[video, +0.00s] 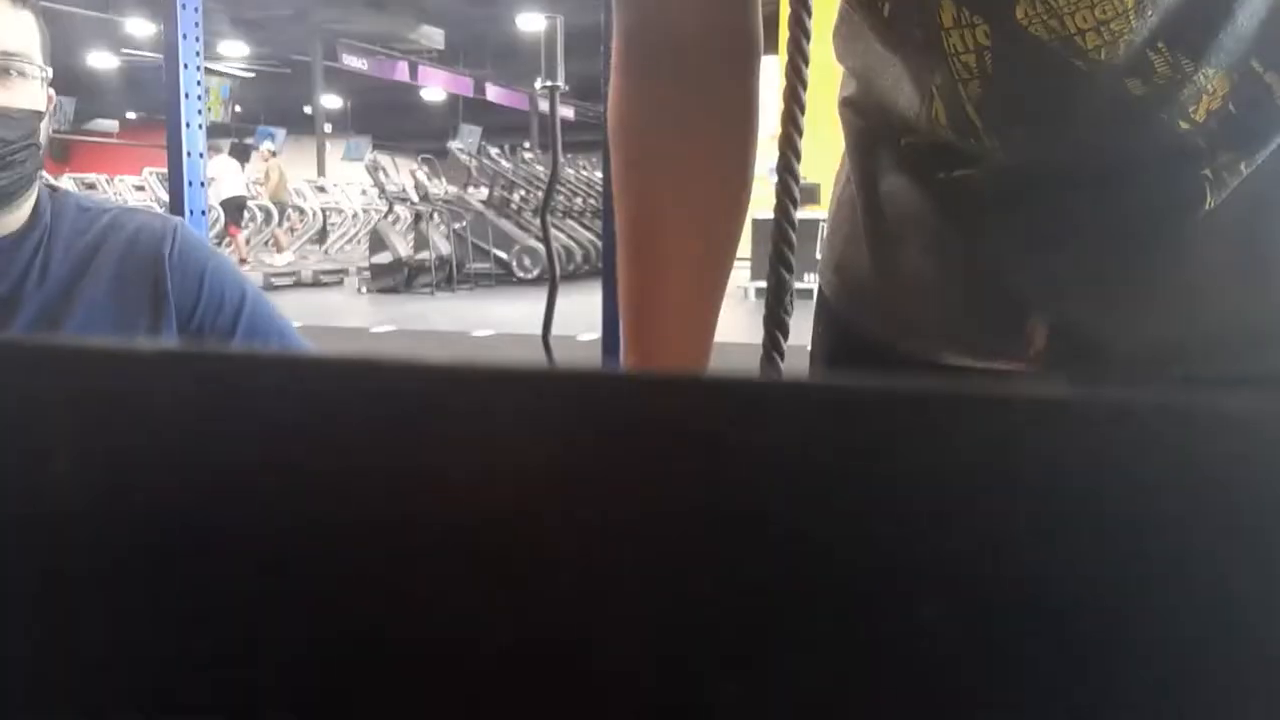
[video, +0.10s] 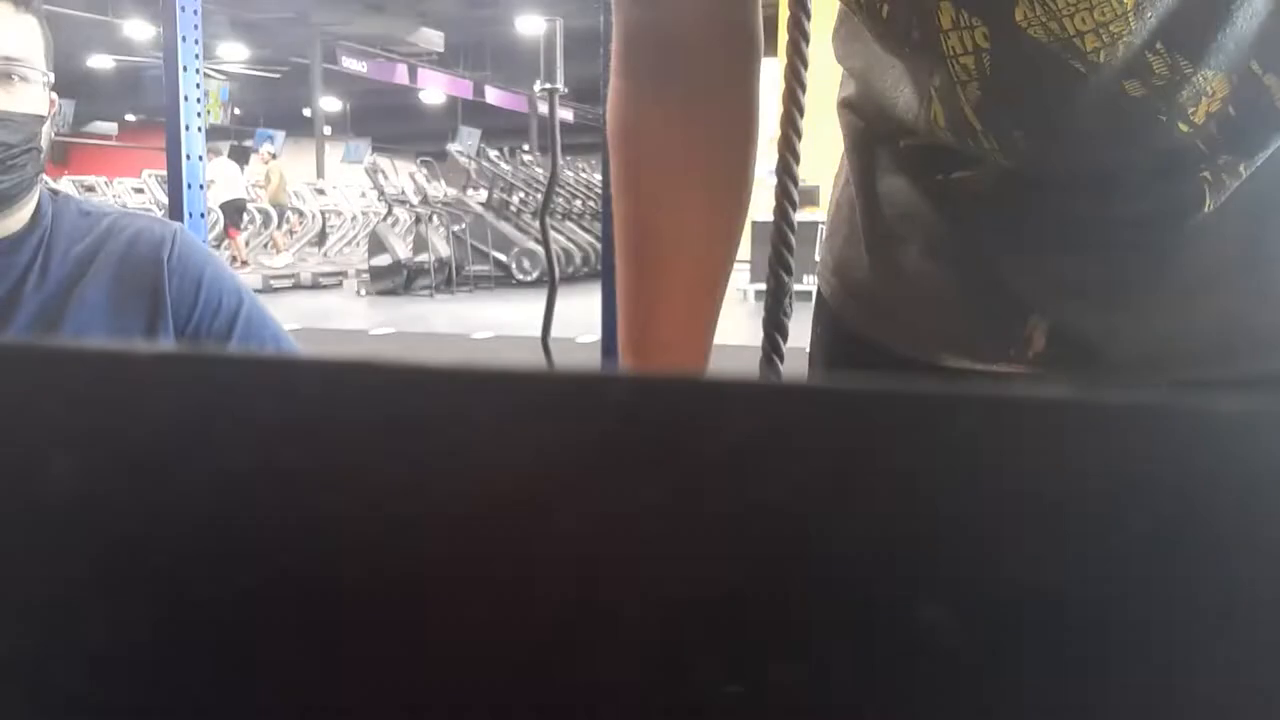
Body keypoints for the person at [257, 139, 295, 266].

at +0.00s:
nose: (261, 154)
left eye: (262, 152)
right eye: (260, 152)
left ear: (269, 152)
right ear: (270, 153)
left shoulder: (273, 164)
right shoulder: (273, 164)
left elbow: (274, 180)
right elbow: (268, 180)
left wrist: (267, 194)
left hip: (279, 200)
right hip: (279, 200)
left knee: (276, 227)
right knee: (276, 227)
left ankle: (286, 251)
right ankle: (279, 252)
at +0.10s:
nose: (261, 156)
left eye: (263, 154)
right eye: (260, 154)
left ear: (270, 154)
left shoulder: (273, 166)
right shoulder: (272, 166)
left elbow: (274, 183)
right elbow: (268, 182)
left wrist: (267, 197)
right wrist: (259, 184)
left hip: (278, 202)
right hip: (277, 202)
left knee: (275, 230)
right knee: (276, 230)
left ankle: (282, 253)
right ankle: (278, 252)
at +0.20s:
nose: (263, 155)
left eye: (265, 152)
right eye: (262, 152)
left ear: (271, 152)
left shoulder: (275, 166)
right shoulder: (273, 165)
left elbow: (276, 183)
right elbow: (269, 181)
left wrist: (268, 196)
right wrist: (259, 183)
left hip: (278, 202)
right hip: (277, 202)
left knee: (276, 229)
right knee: (278, 229)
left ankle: (278, 252)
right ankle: (280, 251)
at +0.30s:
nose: (264, 156)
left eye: (265, 153)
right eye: (263, 153)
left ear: (272, 153)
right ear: (272, 153)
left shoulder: (275, 166)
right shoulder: (277, 165)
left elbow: (277, 183)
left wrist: (269, 197)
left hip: (276, 201)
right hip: (282, 201)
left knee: (273, 228)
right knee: (280, 227)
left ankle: (276, 251)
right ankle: (284, 250)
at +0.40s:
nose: (263, 156)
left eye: (265, 153)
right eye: (263, 153)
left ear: (271, 153)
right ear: (269, 153)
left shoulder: (276, 167)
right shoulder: (273, 167)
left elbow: (279, 185)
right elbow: (272, 184)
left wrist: (274, 200)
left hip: (280, 203)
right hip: (278, 202)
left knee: (281, 227)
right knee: (280, 227)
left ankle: (286, 250)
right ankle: (284, 249)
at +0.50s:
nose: (263, 156)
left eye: (265, 153)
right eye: (262, 153)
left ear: (271, 153)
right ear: (268, 154)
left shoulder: (276, 167)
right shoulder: (272, 167)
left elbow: (279, 185)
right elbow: (272, 185)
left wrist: (276, 202)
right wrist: (269, 199)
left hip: (280, 203)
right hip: (277, 202)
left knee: (281, 227)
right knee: (280, 227)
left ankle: (286, 249)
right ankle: (283, 248)